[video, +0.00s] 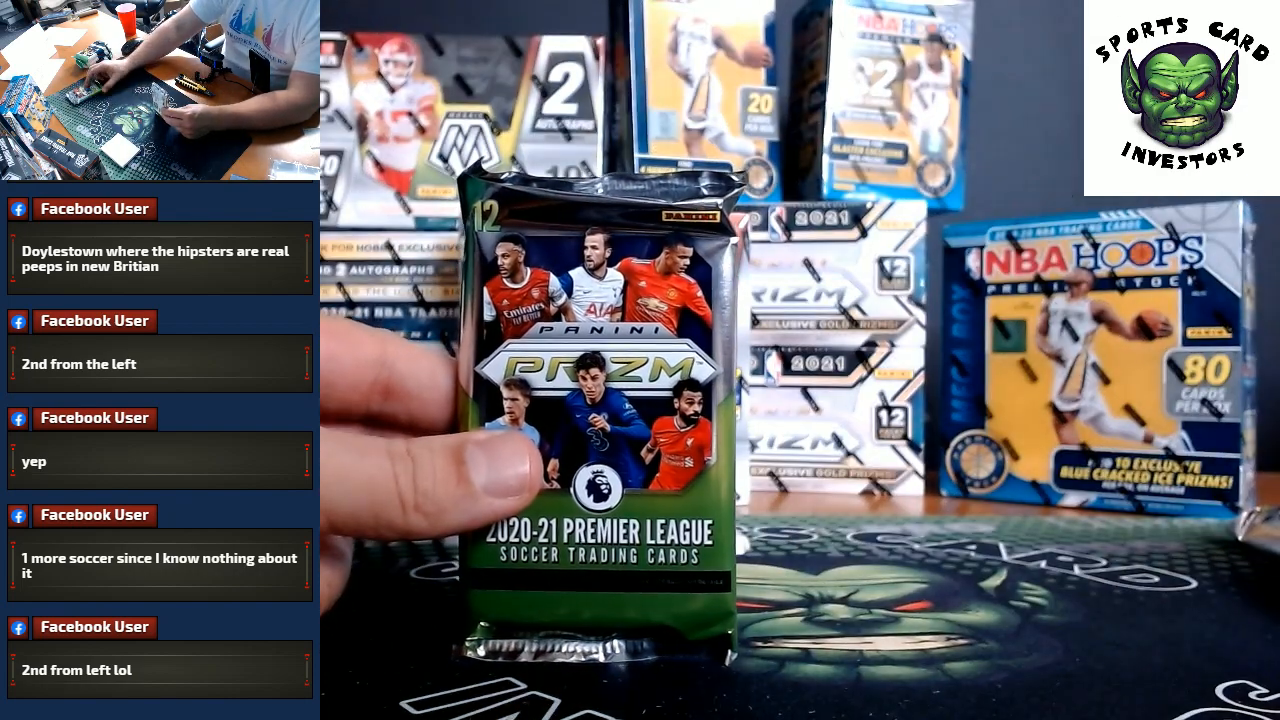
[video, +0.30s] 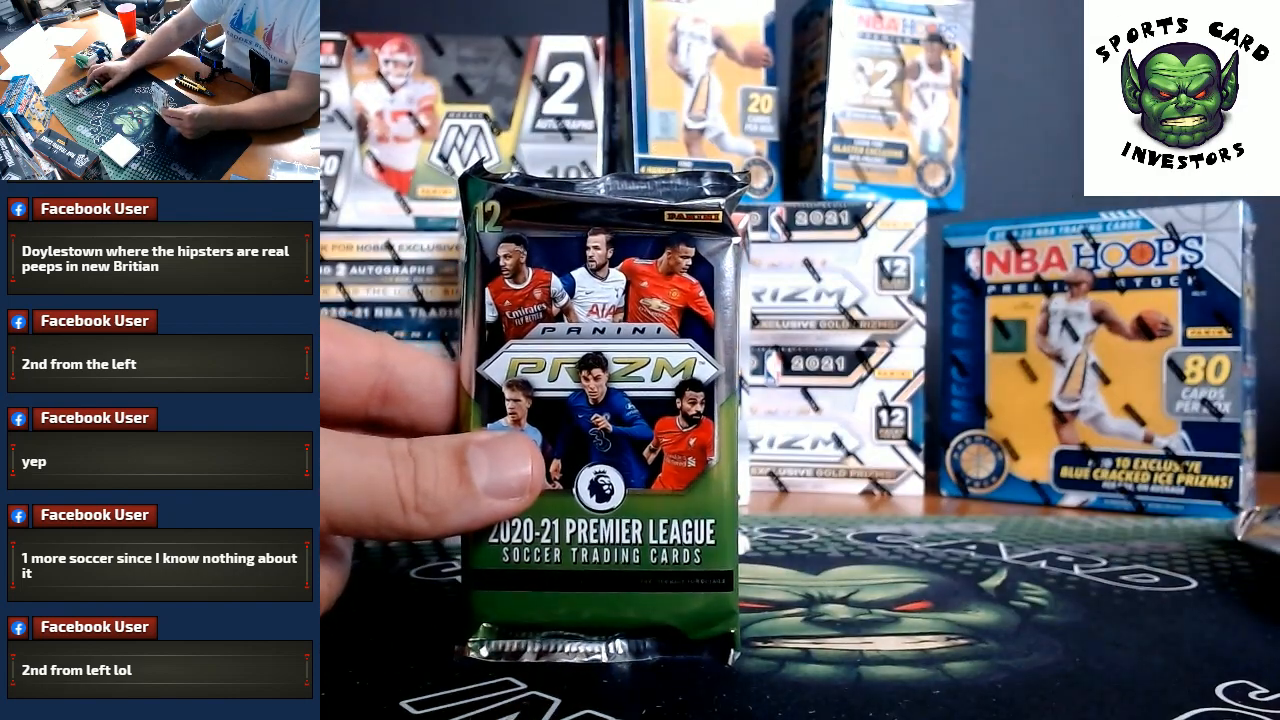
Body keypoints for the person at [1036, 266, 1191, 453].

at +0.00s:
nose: (1072, 287)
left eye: (1077, 283)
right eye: (1071, 283)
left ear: (1087, 285)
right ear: (1067, 283)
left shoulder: (1095, 308)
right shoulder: (1053, 303)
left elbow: (1126, 331)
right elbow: (1039, 335)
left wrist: (1157, 330)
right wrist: (1047, 350)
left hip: (1081, 365)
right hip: (1063, 367)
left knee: (1062, 418)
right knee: (1104, 424)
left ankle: (1077, 473)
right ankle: (1165, 442)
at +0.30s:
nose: (1072, 288)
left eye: (1077, 284)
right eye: (1070, 283)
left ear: (1087, 286)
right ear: (1067, 283)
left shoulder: (1095, 308)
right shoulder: (1053, 303)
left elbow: (1126, 331)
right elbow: (1039, 335)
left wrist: (1156, 330)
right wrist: (1047, 350)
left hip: (1081, 365)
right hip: (1064, 366)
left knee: (1062, 418)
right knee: (1103, 424)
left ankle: (1077, 473)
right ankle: (1165, 442)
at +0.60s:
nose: (1072, 288)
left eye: (1077, 284)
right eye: (1070, 283)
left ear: (1087, 286)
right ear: (1067, 283)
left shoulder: (1095, 308)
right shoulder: (1053, 303)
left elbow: (1126, 331)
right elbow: (1039, 335)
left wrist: (1156, 330)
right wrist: (1047, 350)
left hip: (1081, 365)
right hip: (1063, 366)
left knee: (1062, 418)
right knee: (1103, 424)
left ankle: (1077, 473)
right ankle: (1165, 442)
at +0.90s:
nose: (1072, 287)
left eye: (1077, 284)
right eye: (1071, 283)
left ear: (1087, 286)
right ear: (1067, 283)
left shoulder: (1095, 308)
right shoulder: (1053, 304)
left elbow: (1126, 331)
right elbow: (1039, 335)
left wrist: (1156, 329)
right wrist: (1047, 350)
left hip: (1081, 365)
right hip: (1064, 367)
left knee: (1062, 418)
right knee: (1103, 424)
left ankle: (1077, 473)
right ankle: (1165, 442)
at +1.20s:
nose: (1072, 287)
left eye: (1077, 284)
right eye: (1071, 283)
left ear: (1087, 285)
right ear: (1067, 283)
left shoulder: (1095, 308)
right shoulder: (1053, 304)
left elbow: (1126, 331)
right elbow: (1039, 334)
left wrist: (1156, 329)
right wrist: (1047, 350)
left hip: (1081, 365)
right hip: (1064, 367)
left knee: (1062, 418)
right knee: (1103, 424)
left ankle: (1078, 473)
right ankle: (1165, 442)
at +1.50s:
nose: (1072, 287)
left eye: (1077, 284)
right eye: (1071, 283)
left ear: (1087, 285)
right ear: (1067, 283)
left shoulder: (1095, 308)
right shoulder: (1053, 304)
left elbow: (1126, 331)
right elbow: (1039, 334)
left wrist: (1156, 330)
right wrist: (1047, 350)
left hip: (1081, 365)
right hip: (1064, 367)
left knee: (1062, 418)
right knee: (1103, 424)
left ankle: (1078, 473)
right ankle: (1165, 442)